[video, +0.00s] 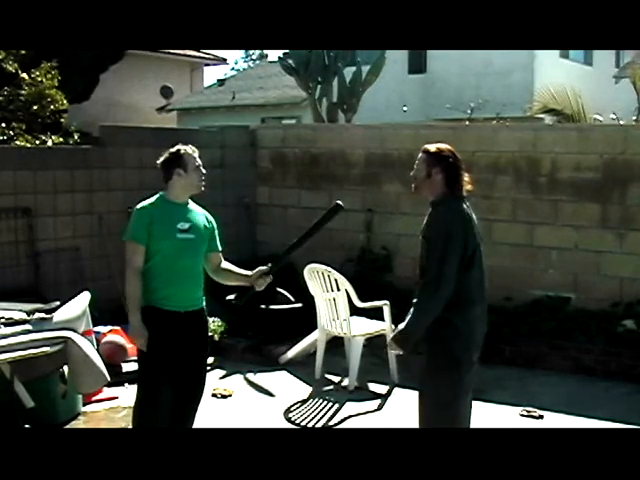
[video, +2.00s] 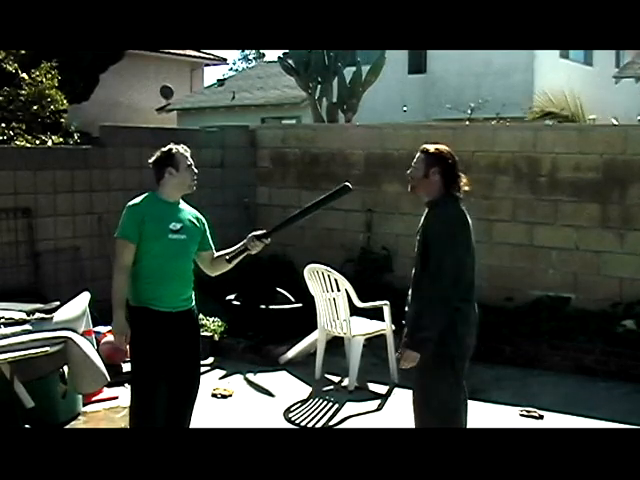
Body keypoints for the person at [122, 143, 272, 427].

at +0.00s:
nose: (204, 172)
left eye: (202, 167)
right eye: (197, 168)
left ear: (184, 174)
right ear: (178, 174)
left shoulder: (204, 219)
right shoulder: (146, 213)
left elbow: (216, 267)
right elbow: (133, 269)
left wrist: (249, 278)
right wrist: (136, 322)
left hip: (194, 320)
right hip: (159, 319)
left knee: (188, 398)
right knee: (155, 399)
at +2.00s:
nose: (196, 171)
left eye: (194, 166)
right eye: (189, 166)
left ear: (177, 173)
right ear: (169, 173)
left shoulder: (195, 219)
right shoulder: (138, 210)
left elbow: (211, 266)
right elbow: (122, 266)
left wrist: (245, 247)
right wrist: (119, 316)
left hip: (184, 319)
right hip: (148, 318)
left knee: (184, 393)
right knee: (149, 395)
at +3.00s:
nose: (194, 171)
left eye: (192, 165)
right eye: (187, 166)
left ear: (174, 173)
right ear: (168, 173)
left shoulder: (196, 216)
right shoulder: (139, 212)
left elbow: (207, 267)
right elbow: (125, 270)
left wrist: (243, 288)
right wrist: (129, 320)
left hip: (187, 318)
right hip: (152, 318)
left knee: (185, 395)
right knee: (151, 397)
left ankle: (177, 430)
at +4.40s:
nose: (169, 168)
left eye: (167, 163)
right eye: (161, 165)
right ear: (145, 177)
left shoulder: (183, 212)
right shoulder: (126, 216)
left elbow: (195, 267)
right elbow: (114, 271)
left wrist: (210, 311)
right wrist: (125, 313)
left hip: (181, 321)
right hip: (142, 324)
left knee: (179, 406)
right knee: (144, 408)